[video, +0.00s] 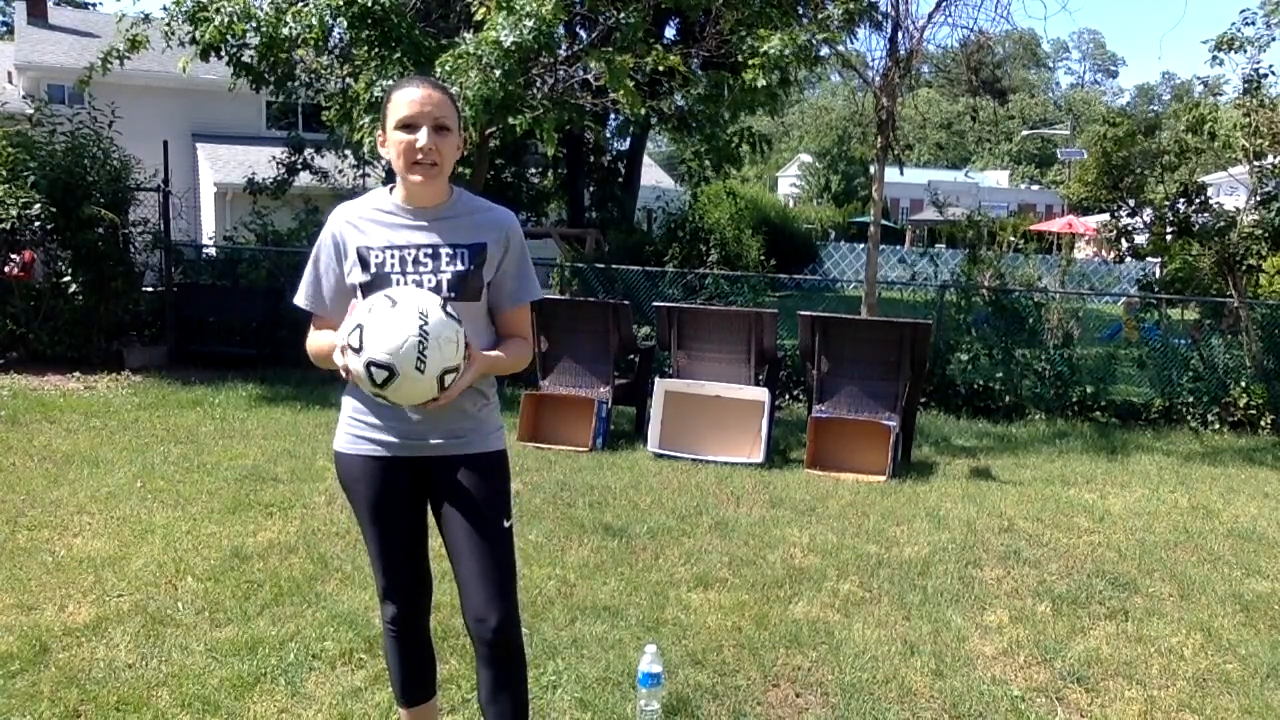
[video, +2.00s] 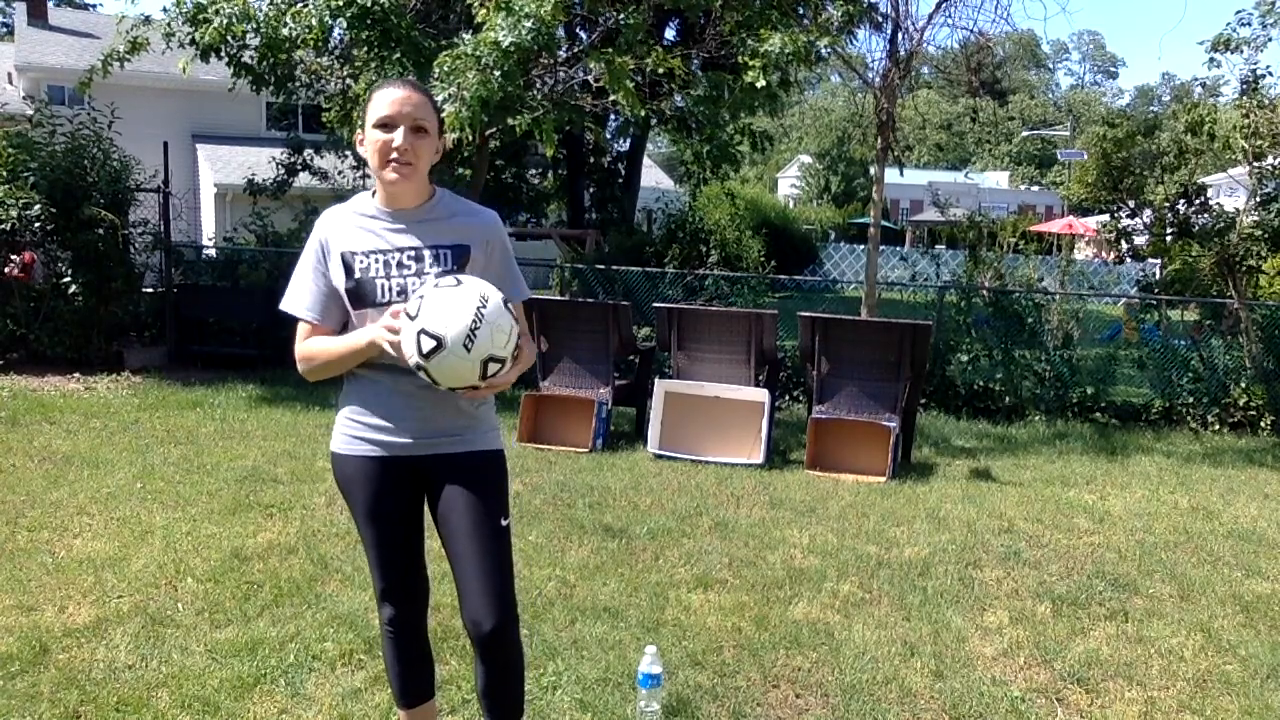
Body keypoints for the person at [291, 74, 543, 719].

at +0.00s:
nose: (424, 140)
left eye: (440, 128)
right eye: (408, 127)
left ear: (460, 143)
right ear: (384, 143)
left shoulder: (496, 227)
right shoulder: (348, 224)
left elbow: (521, 345)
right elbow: (317, 340)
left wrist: (486, 360)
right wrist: (339, 347)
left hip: (469, 445)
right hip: (373, 445)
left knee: (495, 621)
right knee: (401, 608)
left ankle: (508, 719)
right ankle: (420, 715)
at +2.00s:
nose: (399, 140)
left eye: (417, 128)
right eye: (385, 126)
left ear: (439, 144)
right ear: (361, 141)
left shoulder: (482, 226)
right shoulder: (335, 228)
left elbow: (524, 337)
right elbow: (308, 357)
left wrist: (511, 368)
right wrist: (370, 338)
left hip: (468, 441)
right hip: (373, 444)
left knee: (493, 622)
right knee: (400, 610)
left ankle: (505, 719)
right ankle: (419, 714)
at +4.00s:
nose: (417, 150)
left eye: (431, 136)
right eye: (401, 137)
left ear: (452, 146)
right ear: (377, 151)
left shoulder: (490, 230)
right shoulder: (346, 227)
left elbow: (538, 357)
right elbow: (299, 353)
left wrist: (515, 328)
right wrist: (346, 318)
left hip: (469, 437)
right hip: (375, 438)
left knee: (491, 619)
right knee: (400, 608)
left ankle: (503, 718)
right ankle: (420, 716)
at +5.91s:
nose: (414, 145)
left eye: (427, 130)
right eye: (396, 135)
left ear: (453, 140)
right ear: (378, 151)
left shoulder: (497, 231)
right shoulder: (351, 227)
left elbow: (531, 360)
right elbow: (299, 350)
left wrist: (495, 346)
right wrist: (327, 330)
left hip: (470, 442)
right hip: (375, 440)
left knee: (496, 622)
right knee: (402, 609)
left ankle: (506, 717)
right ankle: (418, 715)